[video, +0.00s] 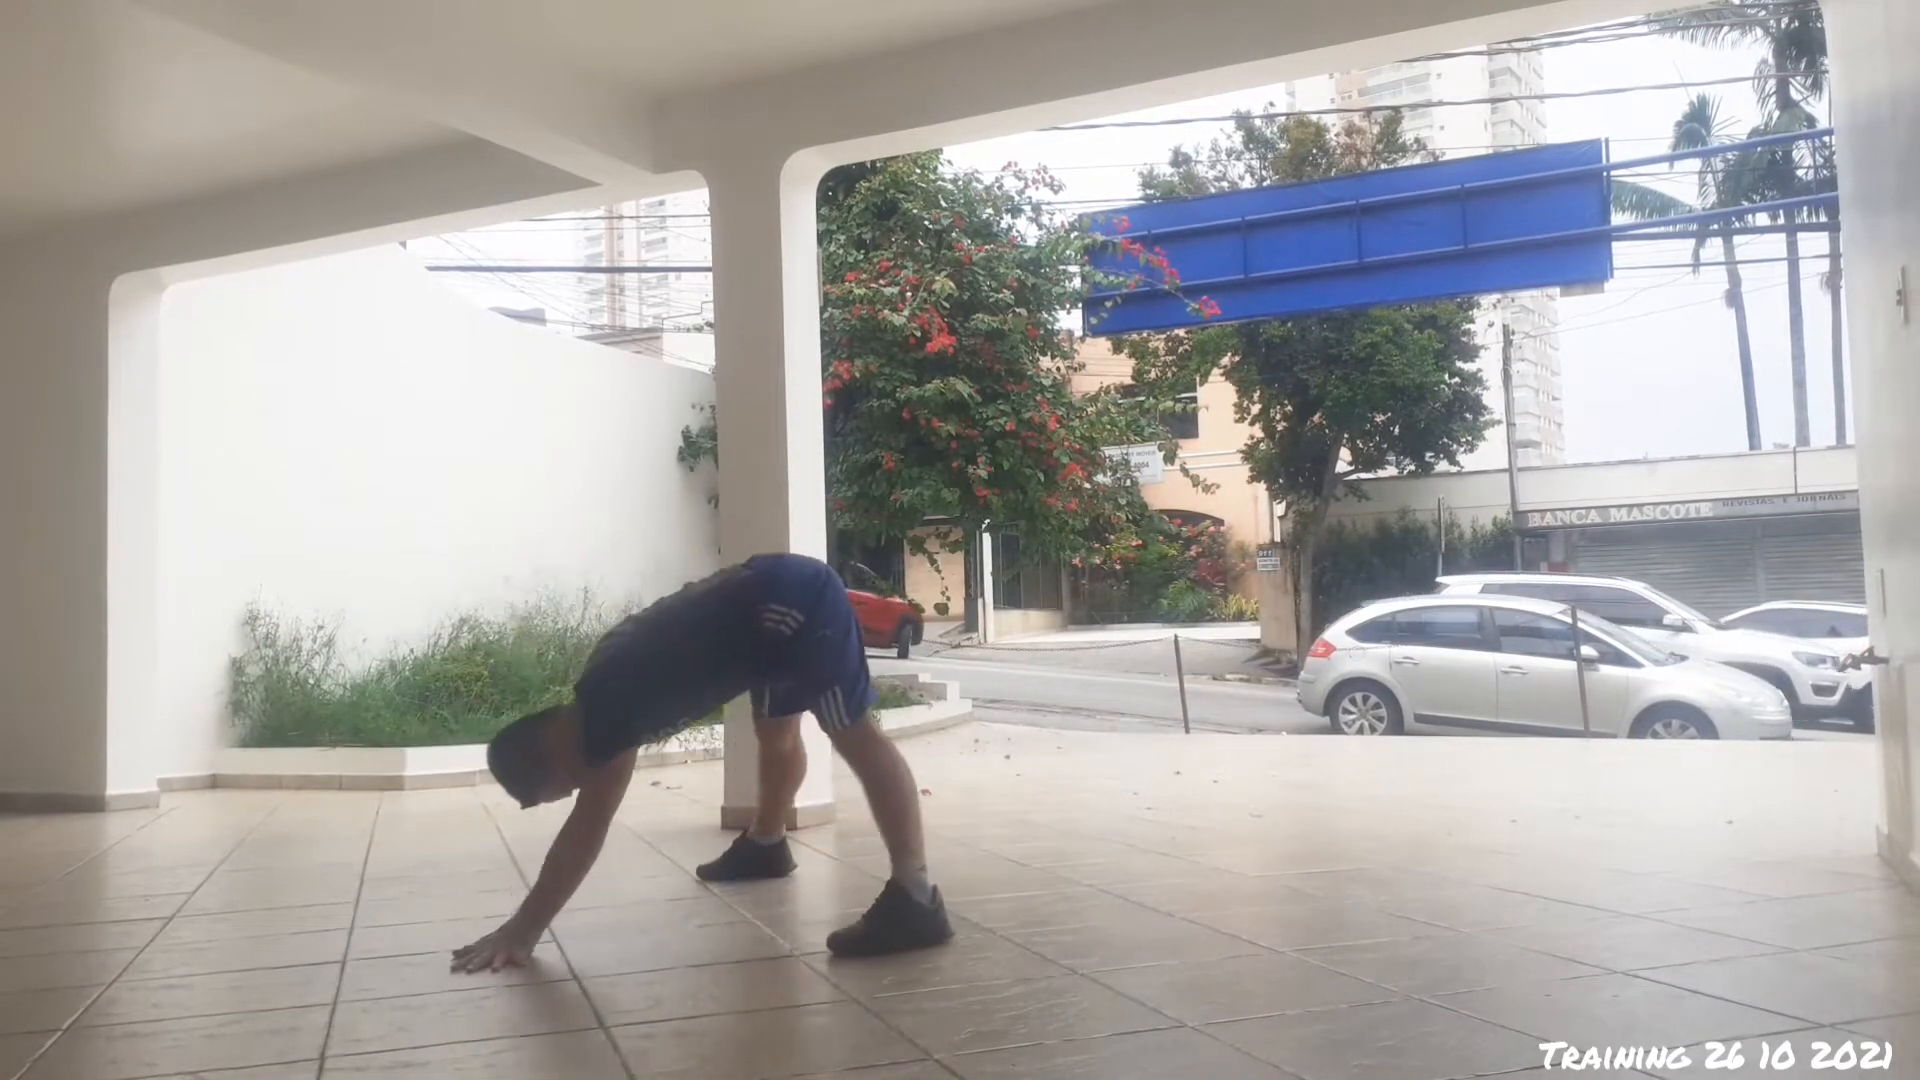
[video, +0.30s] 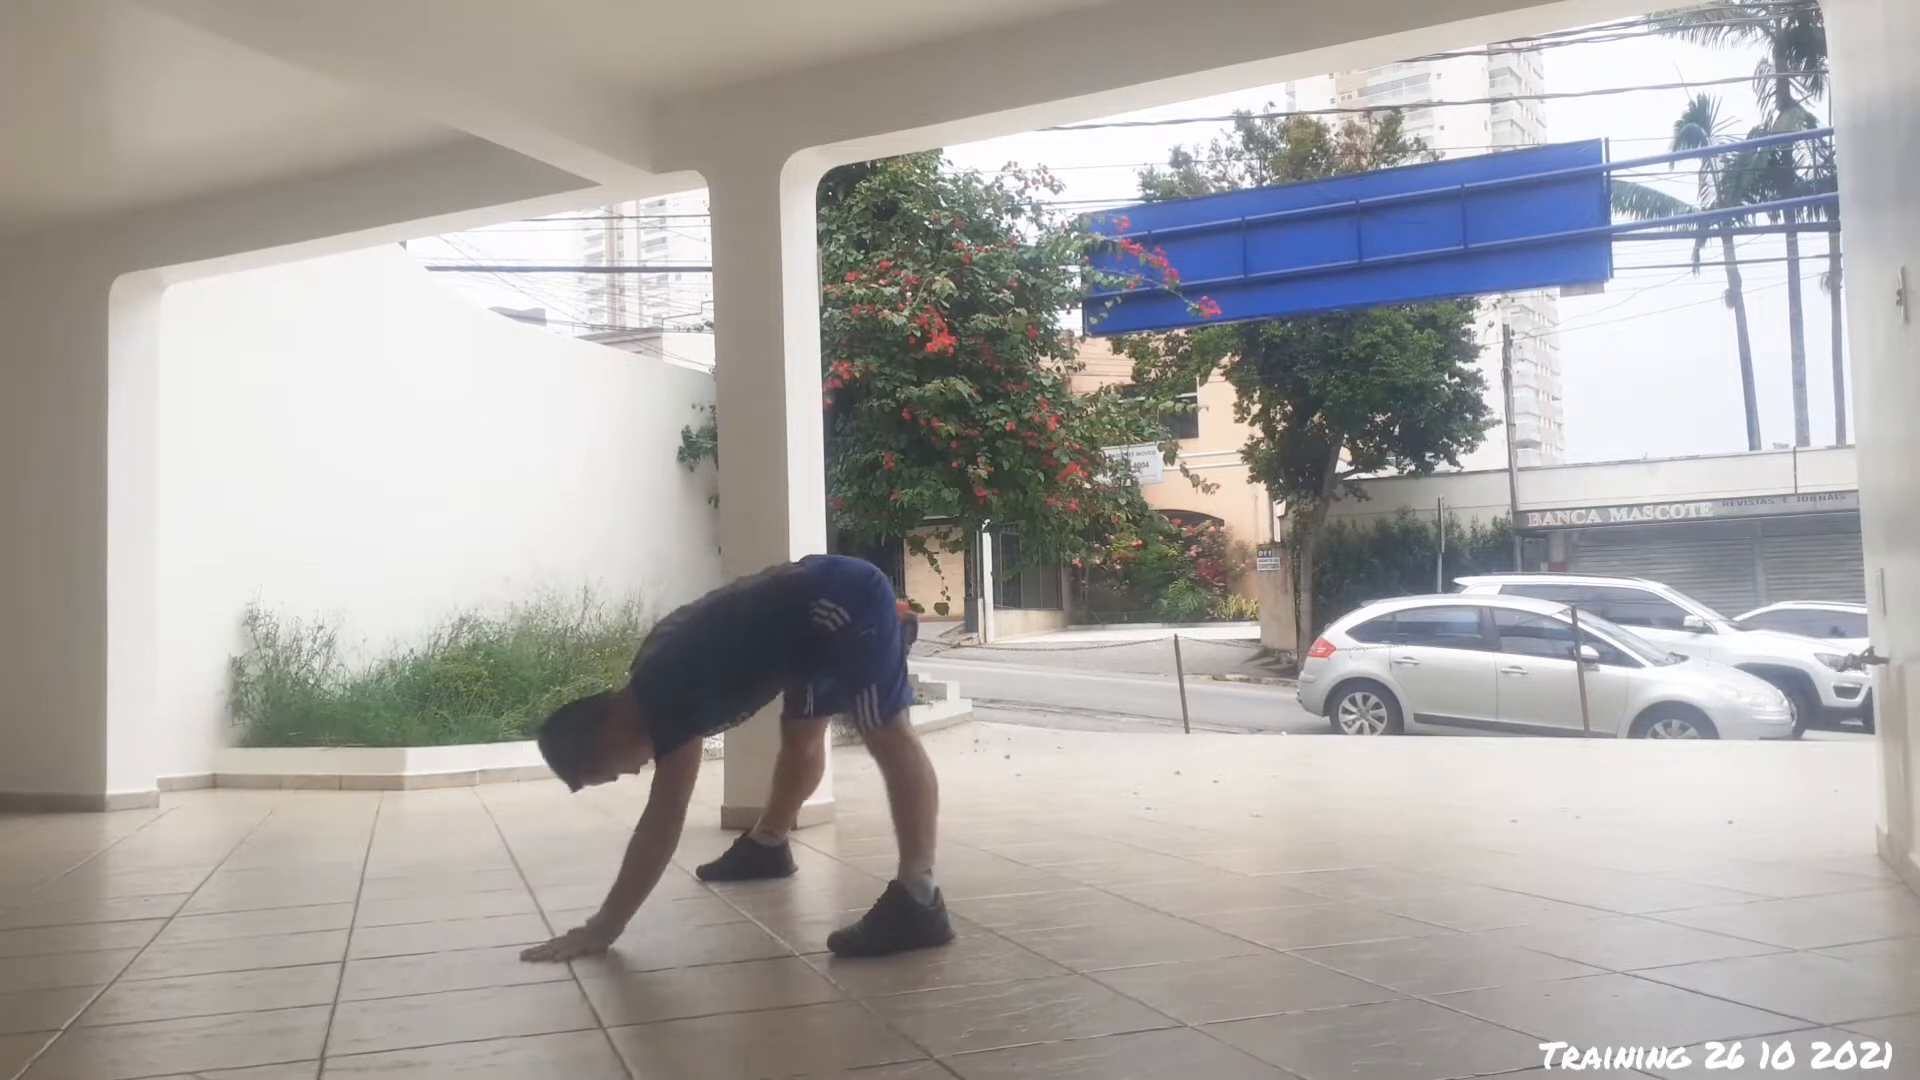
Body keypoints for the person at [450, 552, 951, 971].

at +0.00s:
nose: (573, 792)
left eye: (558, 788)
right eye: (561, 792)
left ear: (548, 751)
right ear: (549, 736)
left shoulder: (611, 702)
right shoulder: (604, 683)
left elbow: (588, 828)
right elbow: (589, 823)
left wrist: (521, 929)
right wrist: (528, 923)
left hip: (803, 598)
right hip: (772, 595)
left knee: (857, 735)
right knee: (777, 727)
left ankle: (915, 894)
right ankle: (767, 844)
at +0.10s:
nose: (590, 791)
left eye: (575, 788)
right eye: (579, 791)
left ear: (571, 749)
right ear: (570, 738)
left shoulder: (632, 703)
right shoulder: (630, 668)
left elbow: (604, 830)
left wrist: (534, 928)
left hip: (824, 597)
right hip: (789, 590)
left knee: (872, 735)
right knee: (787, 724)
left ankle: (918, 896)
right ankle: (767, 843)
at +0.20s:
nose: (615, 784)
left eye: (599, 781)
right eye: (603, 785)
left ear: (586, 746)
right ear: (587, 731)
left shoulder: (652, 699)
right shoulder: (646, 667)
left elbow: (633, 828)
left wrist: (567, 932)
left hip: (840, 598)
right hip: (804, 597)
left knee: (883, 737)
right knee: (795, 724)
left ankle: (919, 897)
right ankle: (769, 843)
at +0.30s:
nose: (625, 776)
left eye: (608, 771)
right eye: (611, 777)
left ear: (602, 736)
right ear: (601, 718)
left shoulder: (673, 700)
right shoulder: (654, 664)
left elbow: (662, 824)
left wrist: (604, 928)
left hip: (851, 600)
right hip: (811, 596)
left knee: (888, 735)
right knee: (801, 727)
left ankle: (919, 896)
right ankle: (768, 844)